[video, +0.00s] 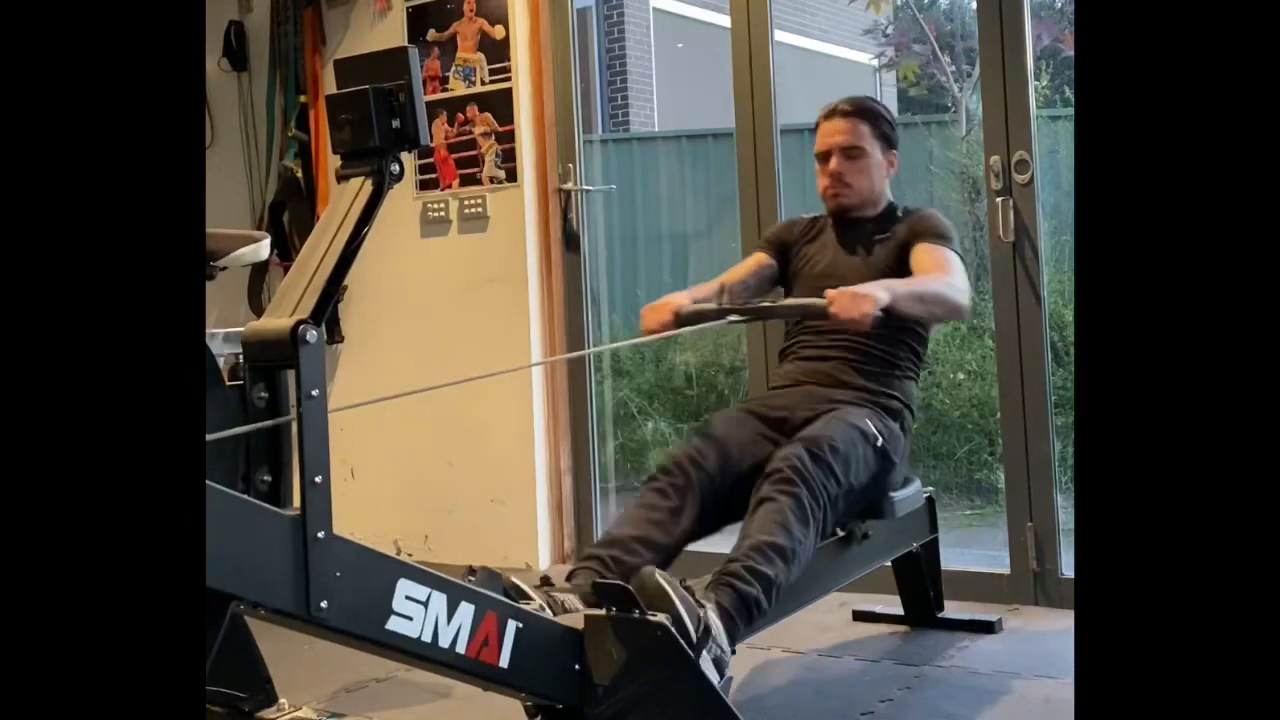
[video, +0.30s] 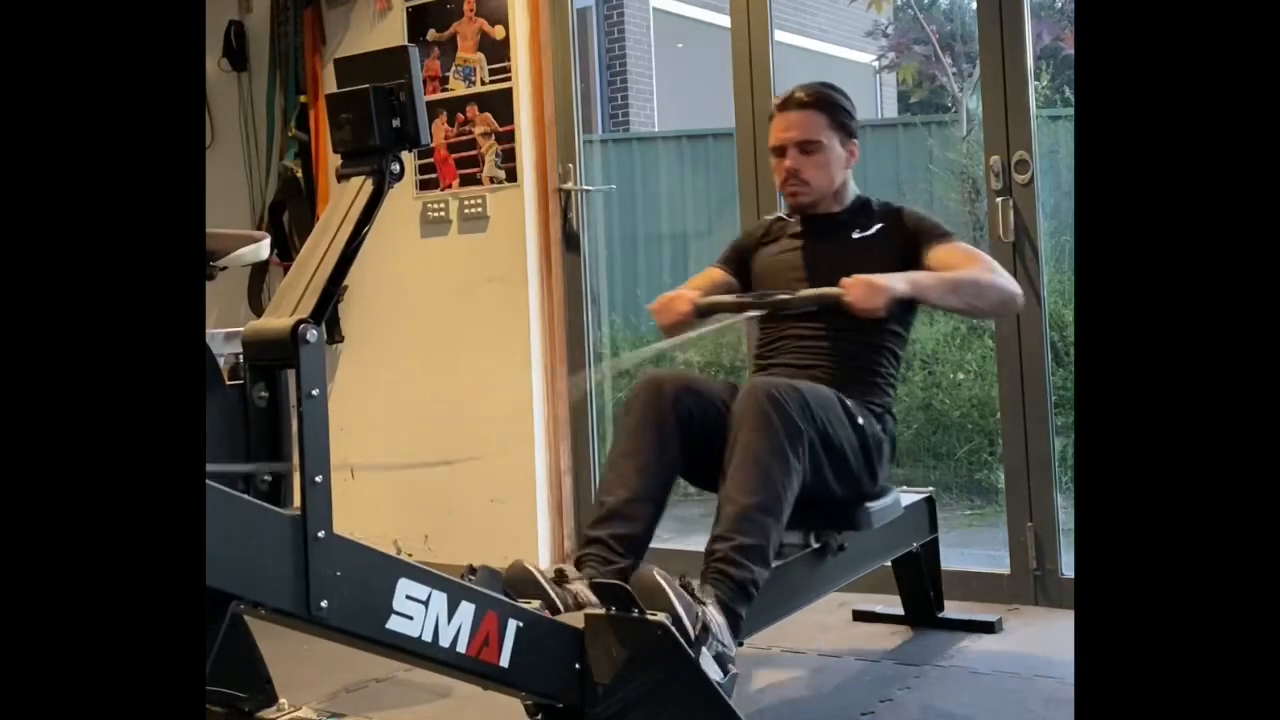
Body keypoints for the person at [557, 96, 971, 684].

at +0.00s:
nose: (832, 170)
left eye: (849, 154)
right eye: (823, 157)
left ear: (891, 161)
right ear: (814, 165)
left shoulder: (919, 229)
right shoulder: (794, 236)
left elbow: (953, 296)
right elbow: (729, 290)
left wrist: (885, 292)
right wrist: (679, 302)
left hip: (865, 407)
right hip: (779, 402)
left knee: (797, 471)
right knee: (691, 464)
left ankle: (717, 622)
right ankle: (580, 592)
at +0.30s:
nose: (787, 167)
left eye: (806, 150)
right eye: (778, 153)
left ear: (850, 153)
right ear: (770, 160)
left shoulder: (899, 231)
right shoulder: (762, 242)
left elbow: (1004, 292)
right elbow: (681, 310)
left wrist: (902, 284)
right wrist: (677, 307)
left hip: (853, 445)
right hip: (756, 433)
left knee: (768, 395)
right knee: (659, 391)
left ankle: (718, 621)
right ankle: (594, 584)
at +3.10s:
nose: (709, 142)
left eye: (730, 124)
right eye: (700, 127)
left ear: (781, 134)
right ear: (690, 137)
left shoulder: (817, 203)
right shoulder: (684, 222)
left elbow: (848, 255)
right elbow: (592, 267)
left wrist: (736, 273)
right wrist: (525, 291)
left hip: (801, 470)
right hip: (708, 465)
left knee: (734, 339)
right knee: (605, 347)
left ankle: (706, 588)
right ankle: (580, 570)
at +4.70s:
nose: (631, 151)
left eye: (655, 132)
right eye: (623, 134)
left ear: (711, 139)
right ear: (614, 139)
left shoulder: (761, 210)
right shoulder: (615, 230)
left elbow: (724, 274)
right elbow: (522, 296)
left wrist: (631, 339)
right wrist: (423, 358)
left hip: (759, 479)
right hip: (661, 477)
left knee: (705, 318)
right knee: (576, 307)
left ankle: (693, 569)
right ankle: (575, 557)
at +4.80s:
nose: (671, 142)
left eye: (694, 124)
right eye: (663, 127)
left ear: (745, 134)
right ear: (656, 136)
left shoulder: (787, 199)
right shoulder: (649, 222)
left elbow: (762, 268)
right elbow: (562, 282)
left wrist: (680, 328)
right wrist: (472, 342)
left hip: (776, 469)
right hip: (686, 467)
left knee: (722, 335)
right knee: (593, 314)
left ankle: (698, 573)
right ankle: (578, 562)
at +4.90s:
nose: (728, 145)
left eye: (748, 129)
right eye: (720, 132)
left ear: (797, 137)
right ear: (712, 140)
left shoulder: (829, 200)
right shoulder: (701, 217)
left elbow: (804, 264)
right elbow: (620, 270)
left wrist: (732, 306)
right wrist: (540, 315)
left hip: (811, 465)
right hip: (724, 458)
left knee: (745, 342)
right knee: (618, 353)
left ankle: (703, 592)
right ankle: (581, 573)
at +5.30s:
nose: (812, 187)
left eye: (828, 171)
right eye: (803, 173)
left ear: (872, 170)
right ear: (796, 172)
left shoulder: (917, 231)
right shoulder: (788, 240)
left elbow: (1022, 301)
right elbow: (729, 300)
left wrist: (928, 293)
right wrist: (727, 310)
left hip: (865, 414)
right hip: (772, 405)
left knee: (781, 440)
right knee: (681, 430)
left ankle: (715, 621)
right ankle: (595, 588)